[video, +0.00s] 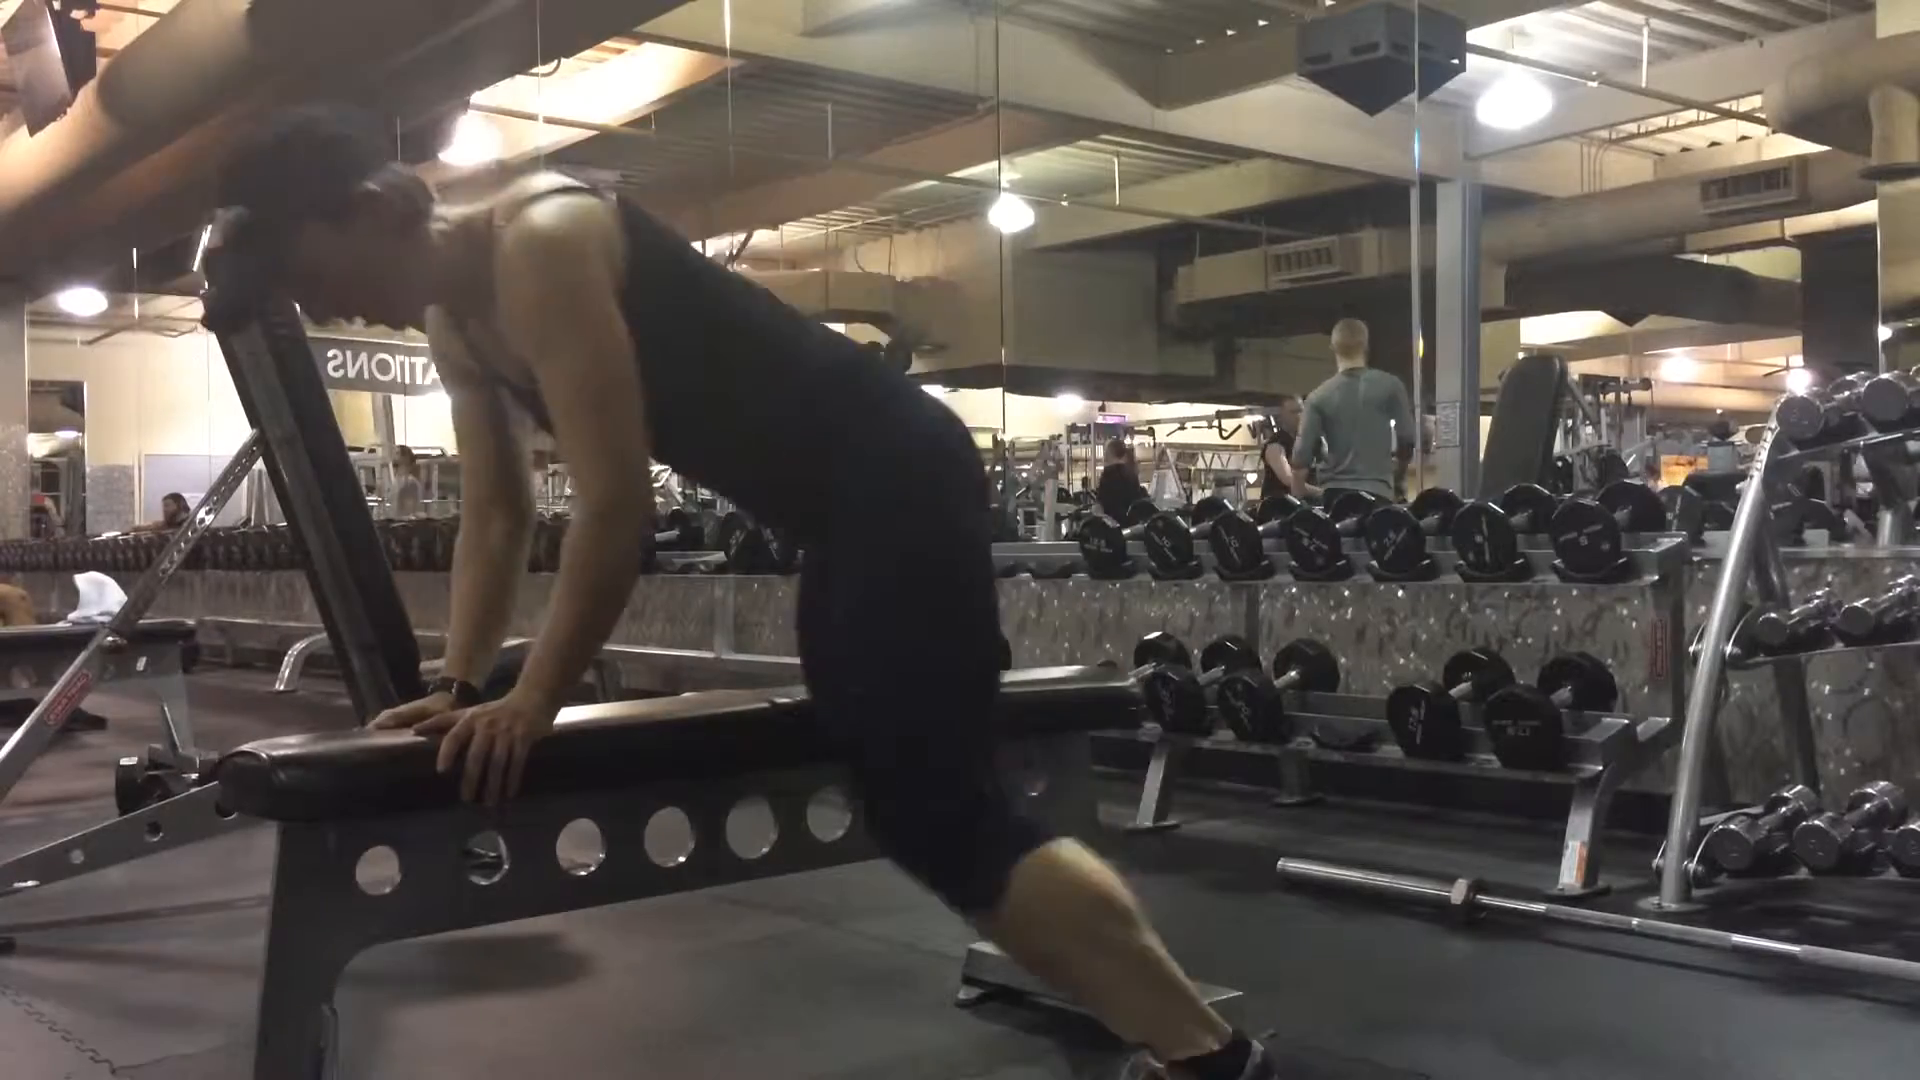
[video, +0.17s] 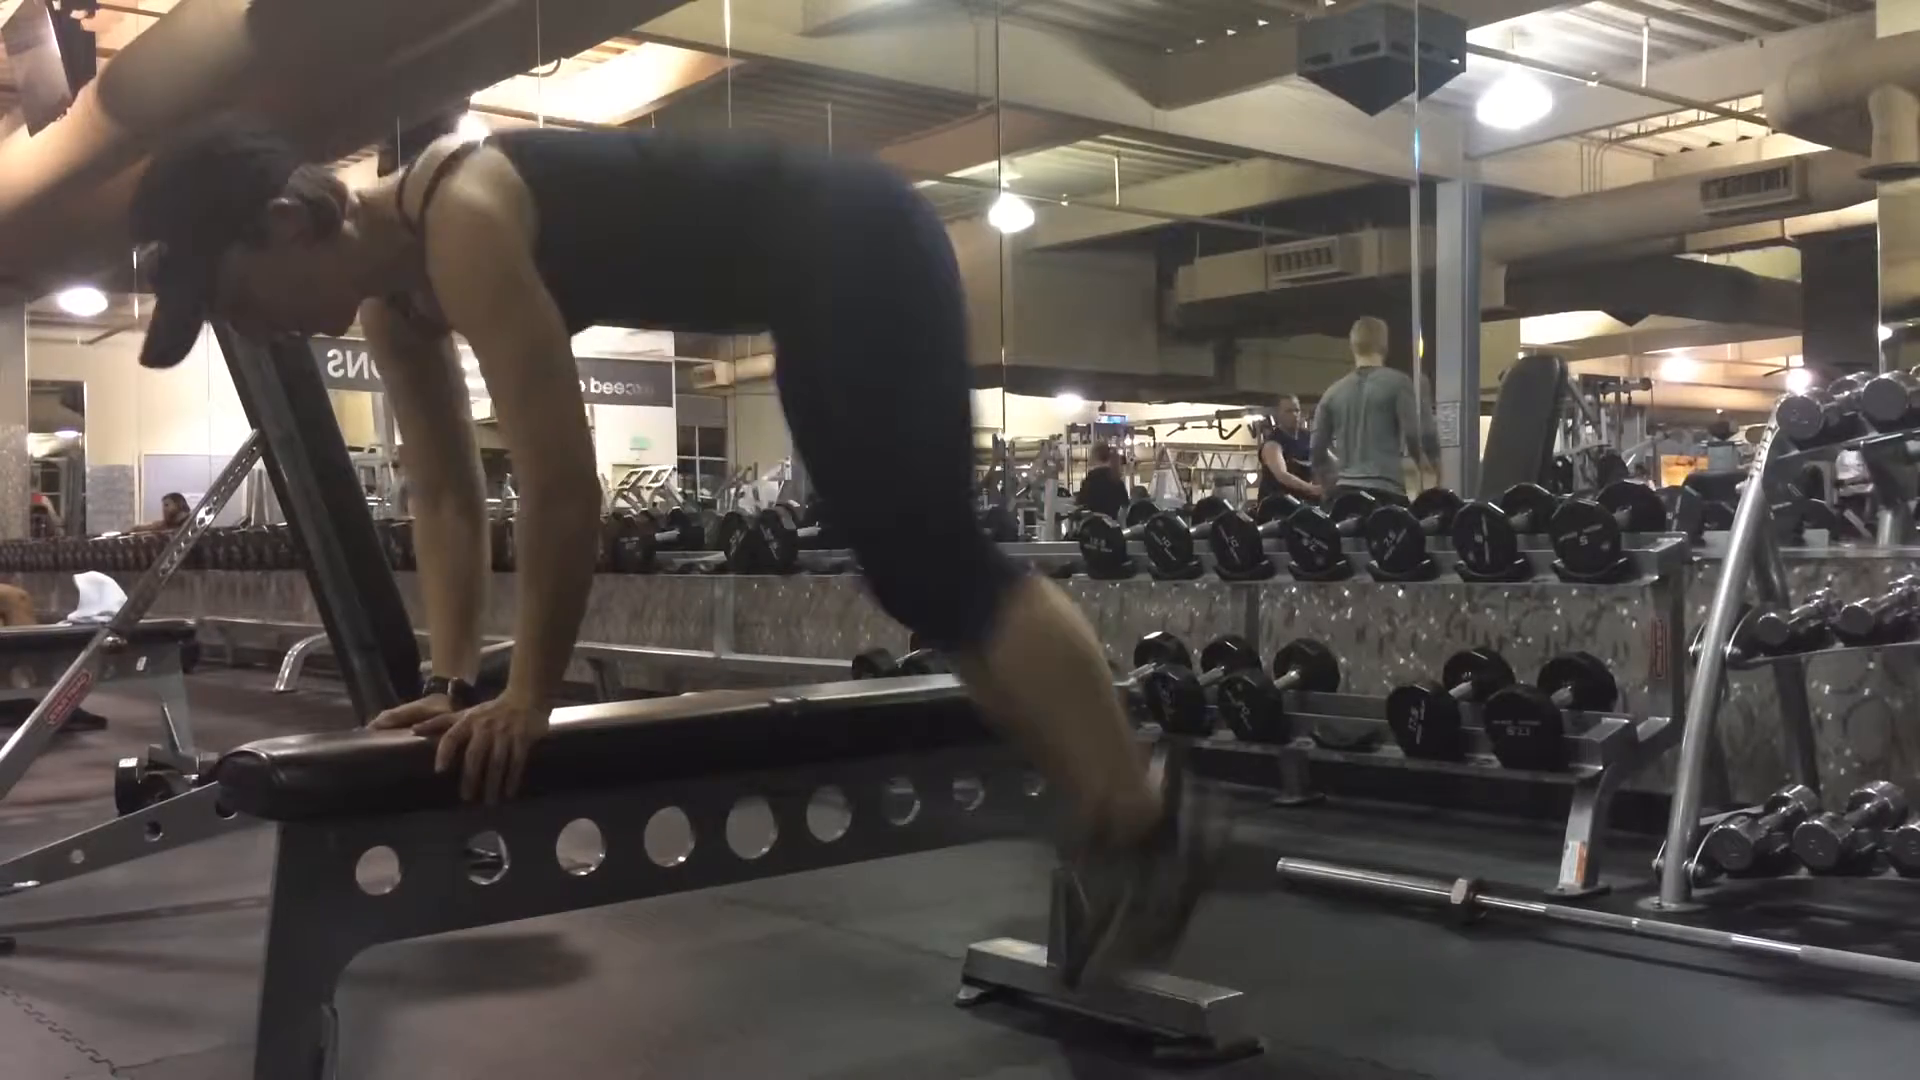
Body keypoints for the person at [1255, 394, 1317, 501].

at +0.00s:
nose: (1298, 417)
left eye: (1300, 411)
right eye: (1292, 412)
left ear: (1304, 413)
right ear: (1281, 415)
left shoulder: (1300, 442)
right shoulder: (1274, 445)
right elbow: (1288, 479)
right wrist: (1320, 492)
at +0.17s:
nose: (1294, 415)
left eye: (1297, 411)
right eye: (1289, 411)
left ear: (1300, 412)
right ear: (1277, 414)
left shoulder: (1308, 438)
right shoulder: (1272, 443)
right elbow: (1282, 476)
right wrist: (1312, 489)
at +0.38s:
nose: (1295, 414)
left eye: (1297, 409)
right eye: (1289, 409)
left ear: (1300, 411)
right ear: (1277, 413)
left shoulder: (1311, 438)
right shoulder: (1273, 439)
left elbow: (1331, 459)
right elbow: (1270, 474)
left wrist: (1345, 478)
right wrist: (1301, 489)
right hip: (1274, 503)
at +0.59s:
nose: (1297, 413)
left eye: (1299, 408)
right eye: (1291, 409)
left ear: (1303, 411)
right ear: (1278, 412)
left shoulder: (1313, 438)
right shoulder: (1271, 440)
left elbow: (1330, 464)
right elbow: (1254, 472)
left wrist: (1331, 483)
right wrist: (1283, 488)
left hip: (1310, 503)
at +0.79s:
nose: (1304, 414)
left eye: (1307, 410)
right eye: (1298, 409)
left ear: (1310, 412)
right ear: (1285, 411)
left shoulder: (1316, 440)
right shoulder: (1273, 438)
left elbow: (1328, 470)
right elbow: (1243, 461)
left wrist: (1317, 482)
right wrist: (1266, 485)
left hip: (1307, 505)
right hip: (1277, 506)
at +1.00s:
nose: (1312, 422)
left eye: (1315, 418)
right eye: (1308, 416)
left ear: (1318, 420)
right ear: (1293, 416)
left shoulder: (1321, 446)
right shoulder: (1278, 441)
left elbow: (1332, 476)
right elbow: (1241, 461)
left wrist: (1315, 489)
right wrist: (1256, 492)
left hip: (1302, 508)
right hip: (1273, 507)